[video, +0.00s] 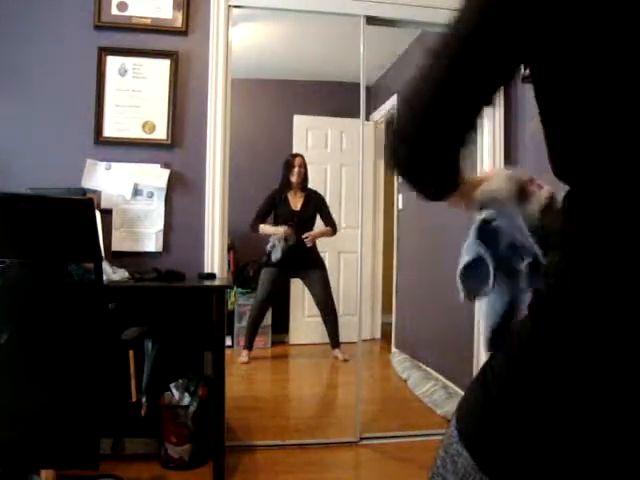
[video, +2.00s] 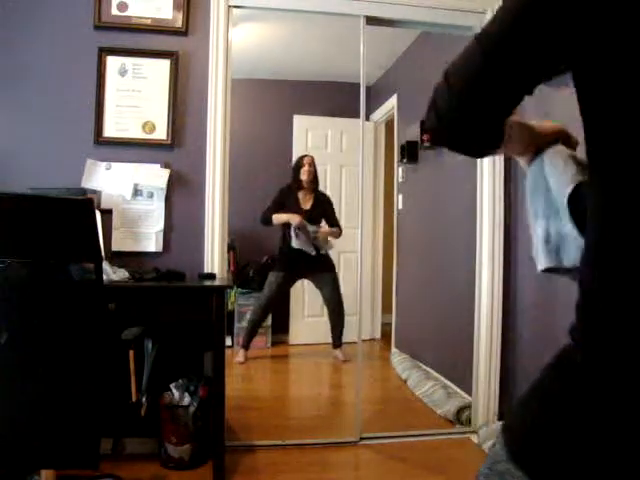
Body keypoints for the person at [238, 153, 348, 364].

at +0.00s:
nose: (298, 170)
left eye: (301, 167)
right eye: (294, 167)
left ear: (306, 170)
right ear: (287, 170)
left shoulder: (315, 198)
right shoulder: (277, 196)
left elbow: (332, 229)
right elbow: (256, 225)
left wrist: (316, 235)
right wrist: (278, 230)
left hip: (307, 255)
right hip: (279, 256)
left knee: (325, 300)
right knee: (262, 299)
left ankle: (336, 347)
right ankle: (247, 348)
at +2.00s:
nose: (308, 169)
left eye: (311, 165)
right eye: (304, 166)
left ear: (316, 171)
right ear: (297, 171)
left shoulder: (323, 199)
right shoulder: (286, 193)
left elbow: (337, 231)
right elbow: (265, 218)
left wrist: (326, 231)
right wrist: (289, 217)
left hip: (317, 259)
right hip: (289, 258)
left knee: (334, 300)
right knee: (267, 299)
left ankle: (337, 347)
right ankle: (244, 347)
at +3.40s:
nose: (302, 183)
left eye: (305, 180)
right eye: (298, 180)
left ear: (310, 184)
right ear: (291, 183)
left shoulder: (316, 211)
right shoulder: (278, 209)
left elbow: (331, 242)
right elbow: (261, 238)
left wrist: (338, 224)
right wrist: (258, 215)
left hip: (307, 272)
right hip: (277, 272)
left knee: (341, 302)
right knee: (244, 302)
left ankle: (341, 347)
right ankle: (239, 350)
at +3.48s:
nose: (301, 183)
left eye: (304, 179)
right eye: (297, 179)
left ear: (309, 183)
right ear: (289, 183)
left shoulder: (316, 209)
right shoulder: (277, 208)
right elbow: (258, 237)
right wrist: (261, 218)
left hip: (308, 271)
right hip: (276, 271)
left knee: (342, 302)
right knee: (242, 303)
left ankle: (342, 346)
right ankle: (238, 350)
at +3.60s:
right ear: (276, 207)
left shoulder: (312, 218)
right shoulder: (272, 221)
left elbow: (317, 247)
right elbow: (267, 249)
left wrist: (328, 235)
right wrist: (259, 231)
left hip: (306, 274)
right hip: (273, 275)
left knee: (343, 303)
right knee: (241, 305)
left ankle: (343, 347)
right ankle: (237, 350)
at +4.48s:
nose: (301, 187)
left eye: (304, 183)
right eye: (297, 183)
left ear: (308, 186)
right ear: (289, 186)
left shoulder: (316, 212)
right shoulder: (280, 210)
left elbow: (334, 234)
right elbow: (270, 226)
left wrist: (341, 234)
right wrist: (285, 228)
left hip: (309, 272)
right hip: (279, 272)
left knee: (344, 303)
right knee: (244, 304)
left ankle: (345, 347)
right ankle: (235, 350)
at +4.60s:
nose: (301, 185)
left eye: (304, 181)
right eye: (297, 181)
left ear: (309, 185)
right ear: (290, 184)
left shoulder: (316, 211)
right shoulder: (280, 209)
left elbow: (338, 233)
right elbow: (284, 220)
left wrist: (352, 229)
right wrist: (307, 219)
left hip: (308, 272)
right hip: (279, 271)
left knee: (343, 302)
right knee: (243, 304)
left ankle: (344, 347)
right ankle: (236, 350)